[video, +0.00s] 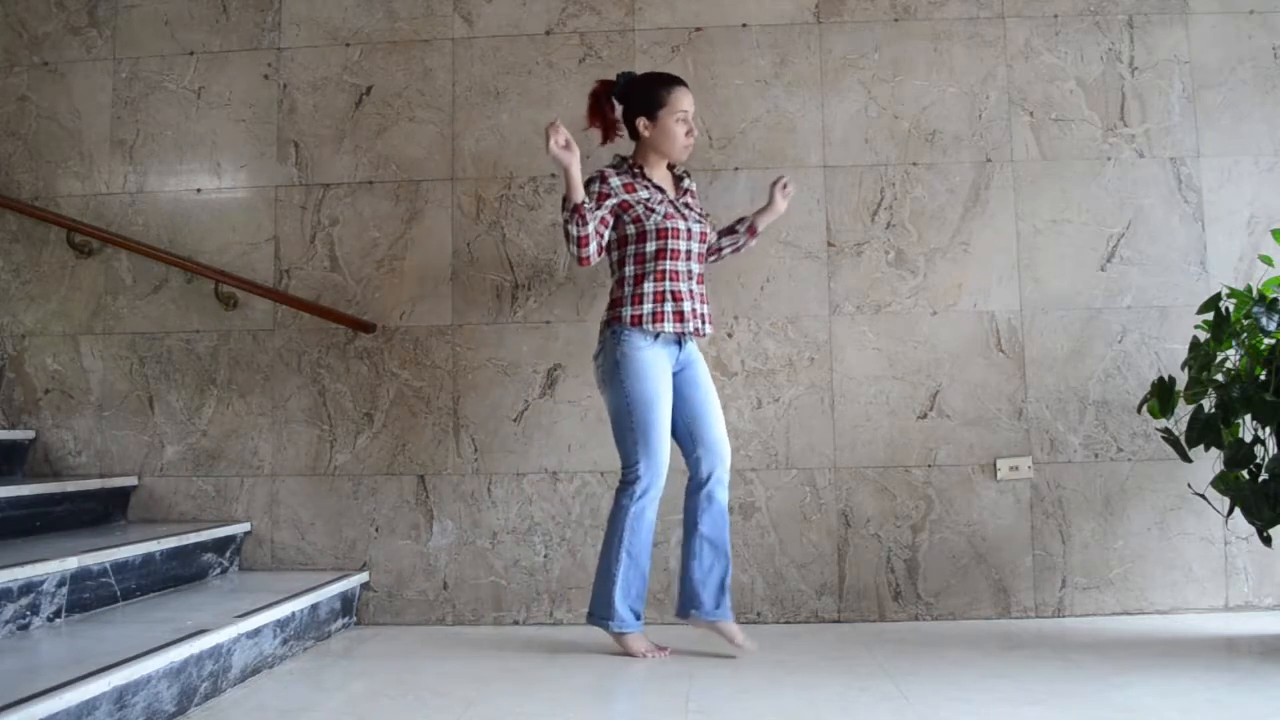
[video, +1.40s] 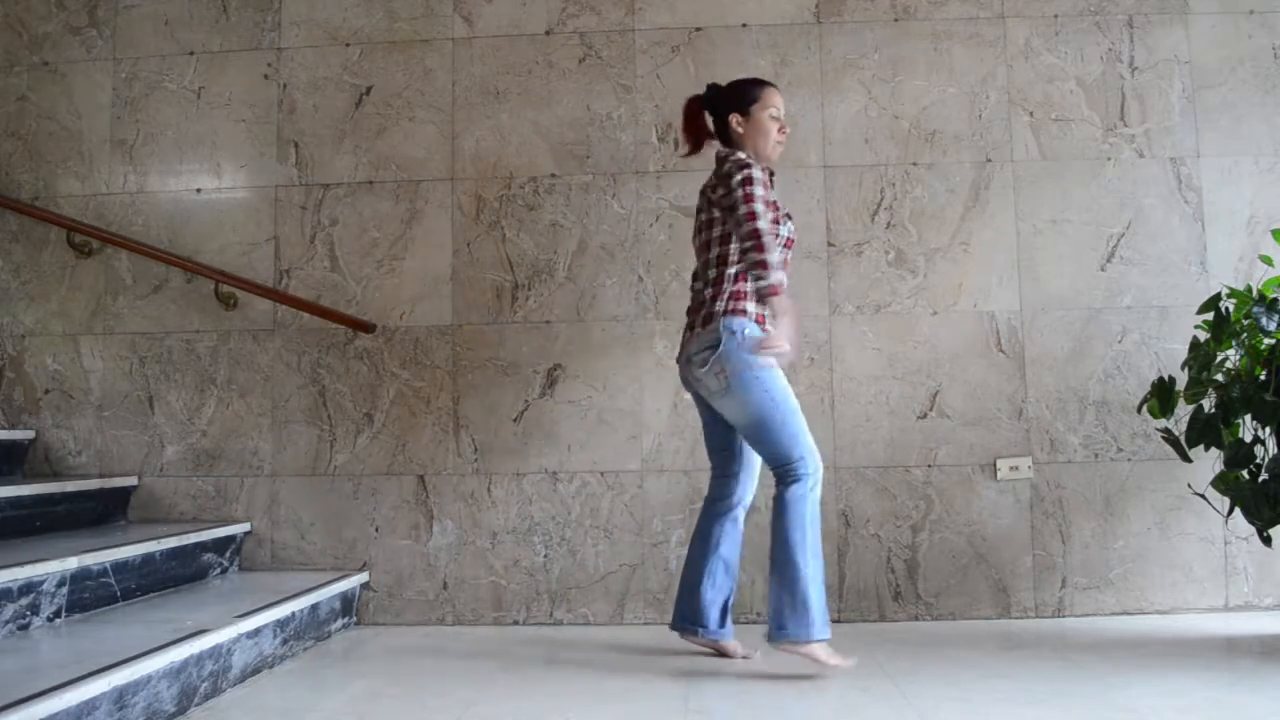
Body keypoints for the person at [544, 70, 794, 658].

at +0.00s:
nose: (693, 130)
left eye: (694, 121)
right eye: (682, 120)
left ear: (678, 129)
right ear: (643, 126)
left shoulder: (685, 193)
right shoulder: (615, 183)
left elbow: (705, 253)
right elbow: (585, 251)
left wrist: (766, 215)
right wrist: (573, 175)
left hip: (684, 345)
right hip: (636, 343)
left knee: (714, 461)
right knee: (646, 471)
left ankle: (707, 603)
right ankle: (620, 619)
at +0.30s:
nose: (702, 136)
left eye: (703, 125)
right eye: (691, 125)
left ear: (690, 133)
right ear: (654, 133)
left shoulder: (703, 201)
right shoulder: (625, 193)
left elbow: (754, 248)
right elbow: (610, 239)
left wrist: (815, 273)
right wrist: (596, 257)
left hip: (701, 353)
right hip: (651, 350)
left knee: (722, 476)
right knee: (651, 480)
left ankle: (707, 617)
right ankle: (618, 620)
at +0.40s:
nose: (710, 142)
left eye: (710, 132)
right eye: (699, 132)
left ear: (690, 142)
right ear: (663, 141)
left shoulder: (713, 211)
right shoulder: (636, 201)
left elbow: (752, 271)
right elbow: (613, 267)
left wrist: (798, 322)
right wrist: (609, 337)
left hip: (714, 361)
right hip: (664, 358)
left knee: (725, 488)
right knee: (656, 487)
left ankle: (702, 626)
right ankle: (615, 621)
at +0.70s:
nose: (750, 128)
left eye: (748, 119)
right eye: (740, 119)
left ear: (720, 131)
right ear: (705, 129)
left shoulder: (732, 193)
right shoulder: (685, 181)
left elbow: (729, 274)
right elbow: (643, 261)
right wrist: (647, 337)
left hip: (738, 354)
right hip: (696, 350)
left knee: (739, 483)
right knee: (745, 478)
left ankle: (707, 622)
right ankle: (667, 603)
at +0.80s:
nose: (759, 129)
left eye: (758, 120)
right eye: (748, 119)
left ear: (722, 131)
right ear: (712, 128)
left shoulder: (730, 190)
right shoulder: (698, 178)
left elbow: (705, 273)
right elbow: (649, 258)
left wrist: (670, 330)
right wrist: (657, 313)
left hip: (726, 350)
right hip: (707, 347)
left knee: (731, 480)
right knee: (772, 468)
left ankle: (699, 614)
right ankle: (722, 616)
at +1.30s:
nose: (781, 133)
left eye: (781, 124)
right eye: (771, 122)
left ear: (739, 132)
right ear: (734, 128)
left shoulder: (728, 187)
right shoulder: (737, 179)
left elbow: (706, 276)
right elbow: (729, 254)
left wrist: (686, 355)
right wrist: (727, 332)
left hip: (709, 348)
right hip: (735, 346)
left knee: (735, 487)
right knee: (805, 469)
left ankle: (701, 621)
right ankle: (798, 624)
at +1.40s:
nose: (784, 130)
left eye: (784, 120)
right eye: (774, 119)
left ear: (735, 129)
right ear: (737, 124)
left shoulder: (721, 179)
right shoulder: (744, 173)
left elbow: (720, 258)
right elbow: (761, 243)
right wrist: (783, 318)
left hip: (701, 347)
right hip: (731, 340)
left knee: (730, 488)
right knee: (801, 469)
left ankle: (702, 621)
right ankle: (800, 629)